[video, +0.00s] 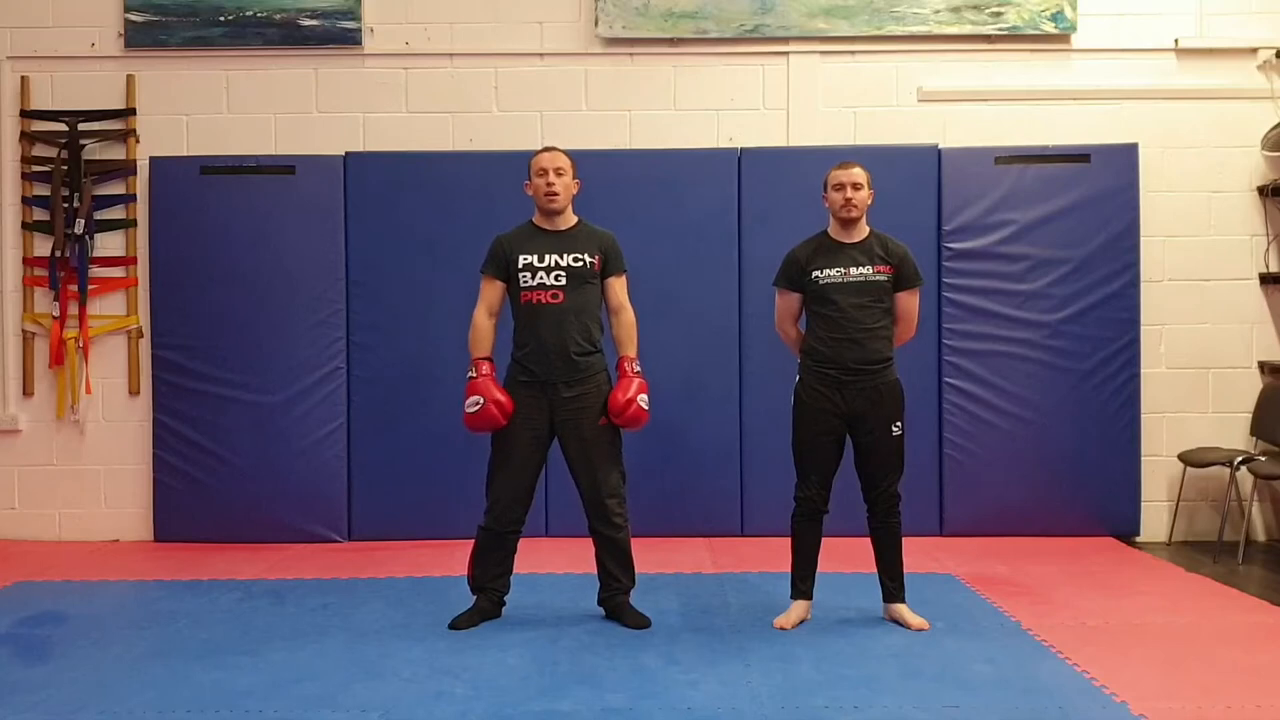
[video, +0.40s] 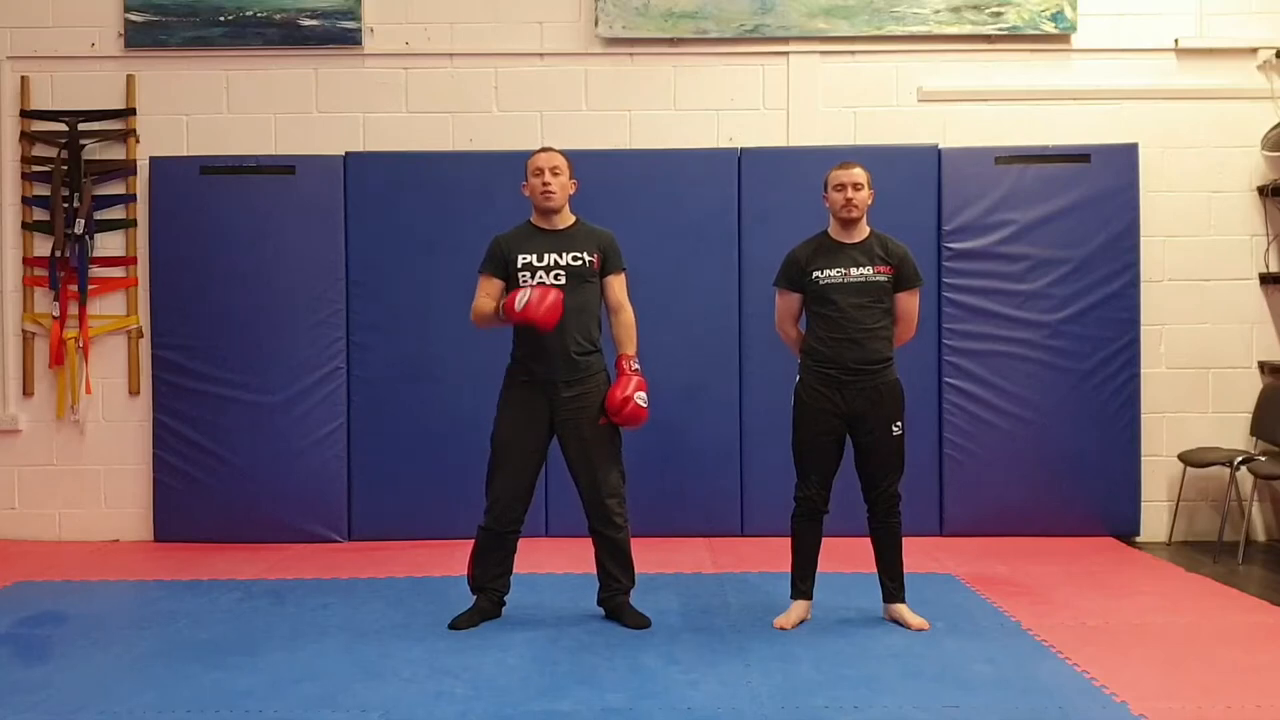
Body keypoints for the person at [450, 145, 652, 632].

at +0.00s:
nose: (550, 181)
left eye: (558, 174)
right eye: (542, 175)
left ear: (575, 184)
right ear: (529, 186)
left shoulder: (601, 243)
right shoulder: (509, 245)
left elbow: (620, 310)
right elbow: (486, 312)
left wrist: (630, 371)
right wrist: (481, 372)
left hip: (588, 389)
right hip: (525, 389)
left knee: (607, 499)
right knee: (504, 500)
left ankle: (617, 597)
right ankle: (488, 597)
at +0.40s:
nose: (546, 181)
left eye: (554, 173)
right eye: (538, 174)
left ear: (572, 184)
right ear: (526, 187)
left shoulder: (600, 242)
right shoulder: (507, 245)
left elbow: (620, 309)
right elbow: (481, 312)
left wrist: (629, 369)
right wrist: (509, 309)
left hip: (587, 388)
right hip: (526, 389)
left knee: (607, 497)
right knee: (504, 497)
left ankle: (617, 597)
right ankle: (488, 598)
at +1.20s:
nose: (553, 180)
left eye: (561, 173)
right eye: (544, 173)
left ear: (575, 184)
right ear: (530, 186)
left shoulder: (600, 243)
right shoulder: (509, 244)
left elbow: (622, 309)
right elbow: (490, 314)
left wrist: (630, 370)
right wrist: (477, 377)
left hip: (588, 388)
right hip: (525, 389)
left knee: (608, 499)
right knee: (504, 500)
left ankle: (616, 597)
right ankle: (488, 597)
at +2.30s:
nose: (547, 176)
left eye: (557, 171)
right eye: (540, 170)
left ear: (574, 187)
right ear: (528, 185)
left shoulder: (598, 240)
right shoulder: (507, 245)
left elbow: (628, 305)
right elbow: (477, 300)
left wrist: (650, 364)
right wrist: (474, 307)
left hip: (584, 388)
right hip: (522, 390)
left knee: (605, 499)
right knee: (503, 500)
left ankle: (616, 598)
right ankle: (488, 598)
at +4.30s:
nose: (544, 179)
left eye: (553, 172)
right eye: (536, 172)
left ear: (571, 183)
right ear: (525, 184)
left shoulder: (599, 241)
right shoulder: (507, 245)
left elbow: (617, 308)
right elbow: (488, 315)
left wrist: (627, 371)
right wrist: (478, 376)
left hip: (586, 390)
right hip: (523, 390)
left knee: (606, 500)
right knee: (504, 500)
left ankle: (616, 597)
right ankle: (488, 597)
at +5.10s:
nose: (556, 173)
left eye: (562, 166)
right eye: (545, 168)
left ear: (576, 181)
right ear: (530, 186)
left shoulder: (601, 239)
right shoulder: (508, 238)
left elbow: (626, 303)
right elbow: (478, 298)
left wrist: (635, 364)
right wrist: (516, 318)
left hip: (587, 387)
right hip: (527, 388)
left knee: (607, 498)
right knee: (505, 497)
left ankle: (616, 597)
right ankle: (488, 597)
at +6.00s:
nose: (554, 184)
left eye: (565, 176)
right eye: (547, 175)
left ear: (580, 185)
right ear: (534, 181)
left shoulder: (603, 241)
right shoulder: (512, 240)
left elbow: (622, 310)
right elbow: (489, 309)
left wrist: (634, 372)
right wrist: (483, 370)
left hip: (586, 388)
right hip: (524, 388)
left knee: (606, 499)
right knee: (505, 500)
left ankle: (616, 598)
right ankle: (488, 597)